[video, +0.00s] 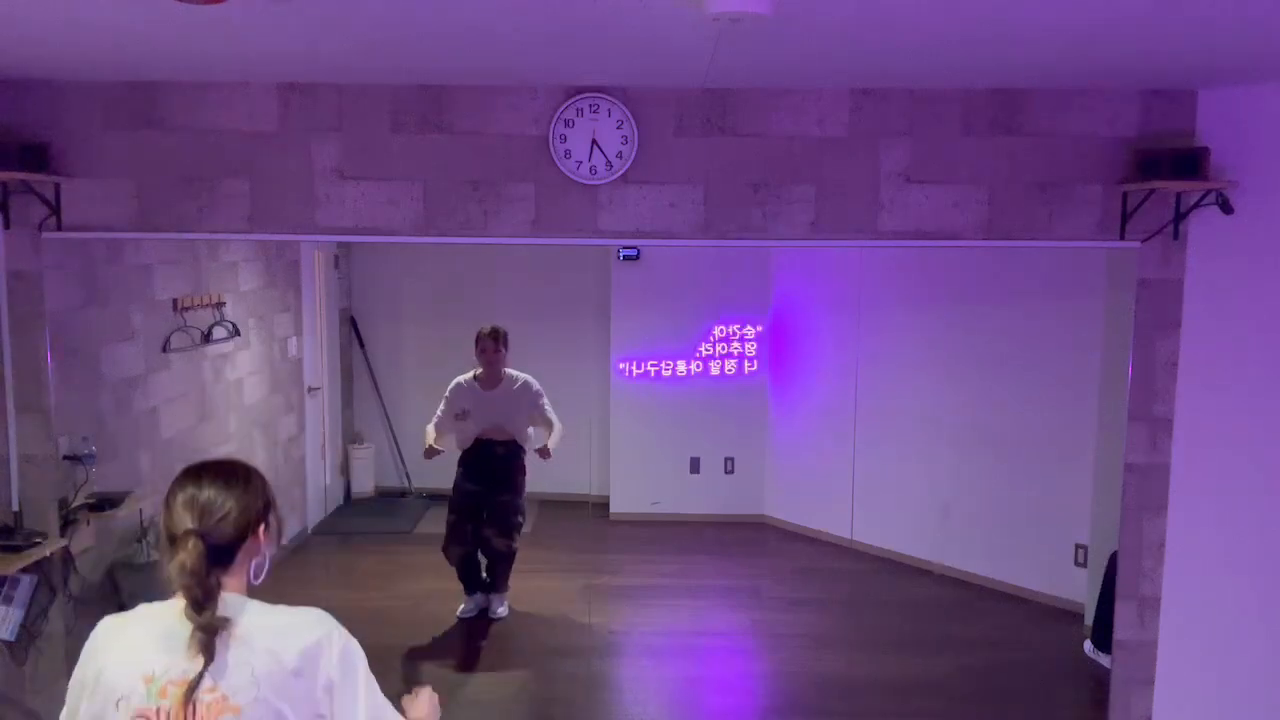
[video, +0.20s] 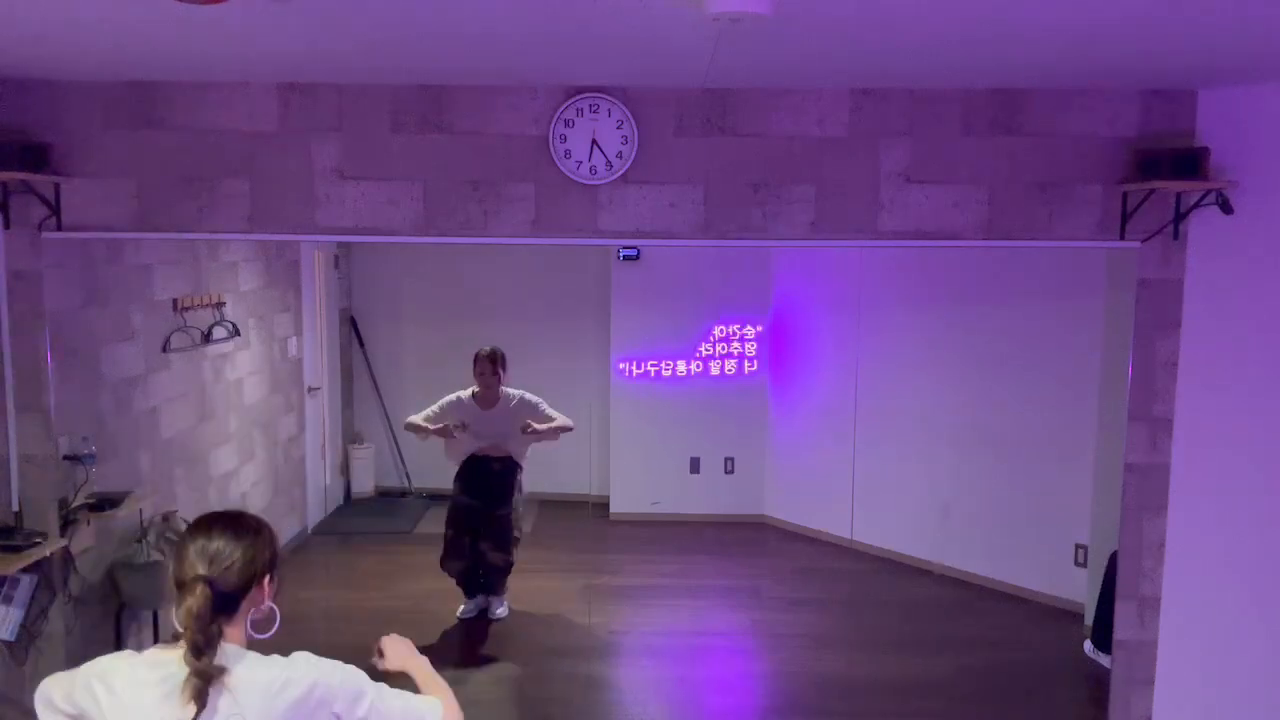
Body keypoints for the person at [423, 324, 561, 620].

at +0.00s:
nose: (488, 356)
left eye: (494, 350)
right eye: (482, 350)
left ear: (505, 353)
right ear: (475, 353)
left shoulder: (525, 386)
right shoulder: (460, 387)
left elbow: (554, 424)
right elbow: (436, 423)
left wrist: (549, 444)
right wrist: (430, 442)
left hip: (508, 462)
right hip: (473, 461)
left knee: (502, 532)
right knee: (457, 536)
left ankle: (498, 594)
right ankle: (474, 593)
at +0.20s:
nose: (485, 380)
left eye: (492, 374)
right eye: (480, 374)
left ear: (502, 374)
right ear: (473, 375)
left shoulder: (521, 402)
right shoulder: (459, 402)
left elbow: (566, 424)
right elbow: (411, 423)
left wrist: (542, 429)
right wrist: (432, 429)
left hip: (504, 476)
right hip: (470, 474)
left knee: (498, 539)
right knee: (460, 540)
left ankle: (497, 597)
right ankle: (473, 597)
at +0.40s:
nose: (485, 378)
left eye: (491, 372)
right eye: (479, 372)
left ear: (501, 373)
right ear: (472, 372)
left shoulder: (515, 394)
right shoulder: (461, 391)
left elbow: (566, 397)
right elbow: (413, 385)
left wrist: (528, 416)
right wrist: (446, 416)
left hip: (502, 470)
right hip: (469, 469)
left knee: (497, 534)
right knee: (457, 537)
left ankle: (496, 595)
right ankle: (473, 596)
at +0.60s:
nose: (487, 340)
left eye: (493, 335)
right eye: (480, 334)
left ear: (501, 338)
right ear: (471, 337)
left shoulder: (518, 372)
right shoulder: (457, 370)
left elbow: (551, 411)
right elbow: (422, 406)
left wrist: (525, 450)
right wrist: (452, 447)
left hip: (508, 455)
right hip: (472, 454)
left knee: (497, 529)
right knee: (461, 530)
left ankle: (496, 591)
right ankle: (473, 593)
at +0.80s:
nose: (479, 348)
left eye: (486, 343)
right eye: (473, 342)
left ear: (494, 348)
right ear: (464, 347)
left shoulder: (511, 376)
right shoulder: (454, 392)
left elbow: (517, 429)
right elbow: (456, 447)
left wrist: (512, 475)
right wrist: (454, 487)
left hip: (522, 452)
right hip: (486, 458)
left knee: (556, 529)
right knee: (465, 538)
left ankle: (515, 574)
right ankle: (477, 594)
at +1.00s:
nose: (488, 362)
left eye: (493, 355)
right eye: (482, 356)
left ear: (506, 357)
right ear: (476, 360)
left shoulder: (524, 372)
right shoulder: (478, 404)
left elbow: (520, 416)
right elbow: (466, 455)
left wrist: (489, 458)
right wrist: (435, 483)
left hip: (553, 468)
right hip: (517, 474)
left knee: (615, 523)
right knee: (497, 534)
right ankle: (479, 597)